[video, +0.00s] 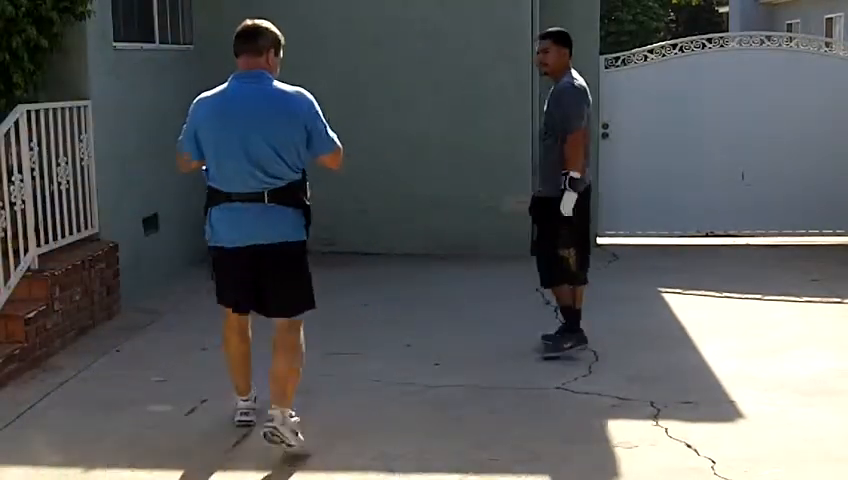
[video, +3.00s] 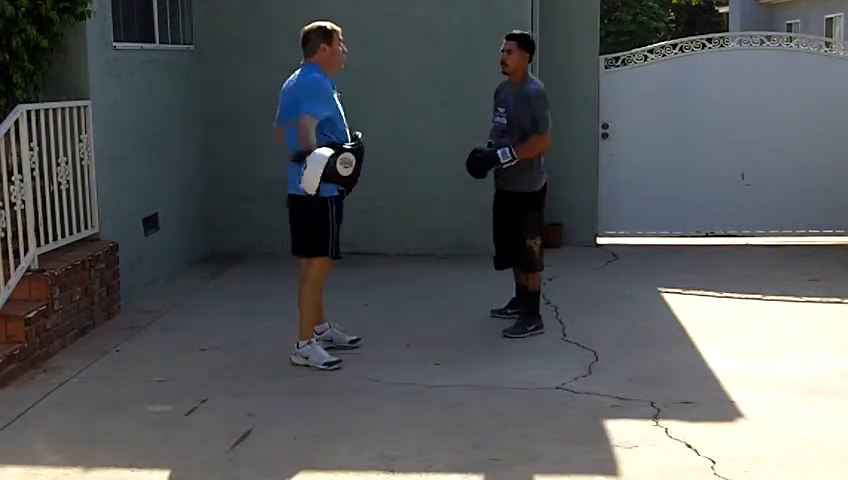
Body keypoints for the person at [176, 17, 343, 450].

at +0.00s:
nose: (279, 62)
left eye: (276, 56)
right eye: (279, 56)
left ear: (236, 56)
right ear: (273, 56)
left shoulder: (205, 104)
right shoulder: (296, 100)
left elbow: (185, 163)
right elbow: (333, 159)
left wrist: (220, 146)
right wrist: (294, 137)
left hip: (227, 231)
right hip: (282, 230)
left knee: (236, 315)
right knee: (288, 321)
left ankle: (244, 404)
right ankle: (282, 417)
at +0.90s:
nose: (313, 60)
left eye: (313, 54)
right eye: (313, 54)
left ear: (275, 49)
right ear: (302, 52)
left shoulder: (244, 86)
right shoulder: (314, 91)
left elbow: (239, 133)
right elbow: (349, 147)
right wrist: (342, 115)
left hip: (255, 195)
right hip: (300, 197)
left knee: (259, 270)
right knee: (294, 280)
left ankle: (247, 353)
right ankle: (286, 365)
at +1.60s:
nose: (326, 59)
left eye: (326, 52)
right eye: (323, 52)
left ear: (298, 52)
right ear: (302, 51)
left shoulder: (281, 81)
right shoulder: (293, 85)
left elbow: (302, 135)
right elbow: (303, 137)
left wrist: (339, 129)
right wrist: (338, 123)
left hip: (280, 190)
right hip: (296, 192)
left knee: (292, 263)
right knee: (315, 262)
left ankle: (290, 341)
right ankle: (296, 343)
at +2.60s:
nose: (335, 51)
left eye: (334, 45)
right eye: (330, 45)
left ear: (312, 51)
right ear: (310, 51)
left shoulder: (314, 84)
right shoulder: (287, 91)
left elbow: (322, 136)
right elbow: (283, 149)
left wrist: (352, 134)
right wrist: (323, 165)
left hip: (320, 189)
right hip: (302, 193)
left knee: (322, 260)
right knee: (312, 262)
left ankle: (319, 330)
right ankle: (304, 345)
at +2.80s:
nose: (345, 53)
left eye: (343, 46)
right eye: (340, 46)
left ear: (320, 51)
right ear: (321, 50)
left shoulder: (318, 83)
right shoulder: (298, 88)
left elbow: (326, 133)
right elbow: (279, 138)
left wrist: (353, 145)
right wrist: (279, 184)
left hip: (326, 190)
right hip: (311, 192)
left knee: (322, 261)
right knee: (316, 263)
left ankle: (319, 330)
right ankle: (304, 344)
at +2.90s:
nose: (345, 52)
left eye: (344, 46)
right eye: (341, 45)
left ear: (319, 49)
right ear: (325, 48)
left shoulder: (318, 82)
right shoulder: (305, 84)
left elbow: (314, 133)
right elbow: (288, 134)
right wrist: (284, 174)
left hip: (325, 189)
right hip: (313, 191)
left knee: (322, 260)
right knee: (317, 262)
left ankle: (318, 329)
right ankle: (305, 344)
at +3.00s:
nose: (345, 52)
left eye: (343, 46)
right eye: (341, 46)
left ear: (313, 50)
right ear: (325, 48)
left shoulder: (294, 82)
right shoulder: (316, 81)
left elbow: (282, 131)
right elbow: (306, 127)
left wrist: (303, 154)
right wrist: (317, 159)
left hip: (306, 190)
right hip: (318, 192)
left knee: (314, 261)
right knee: (319, 262)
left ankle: (318, 329)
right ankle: (305, 344)